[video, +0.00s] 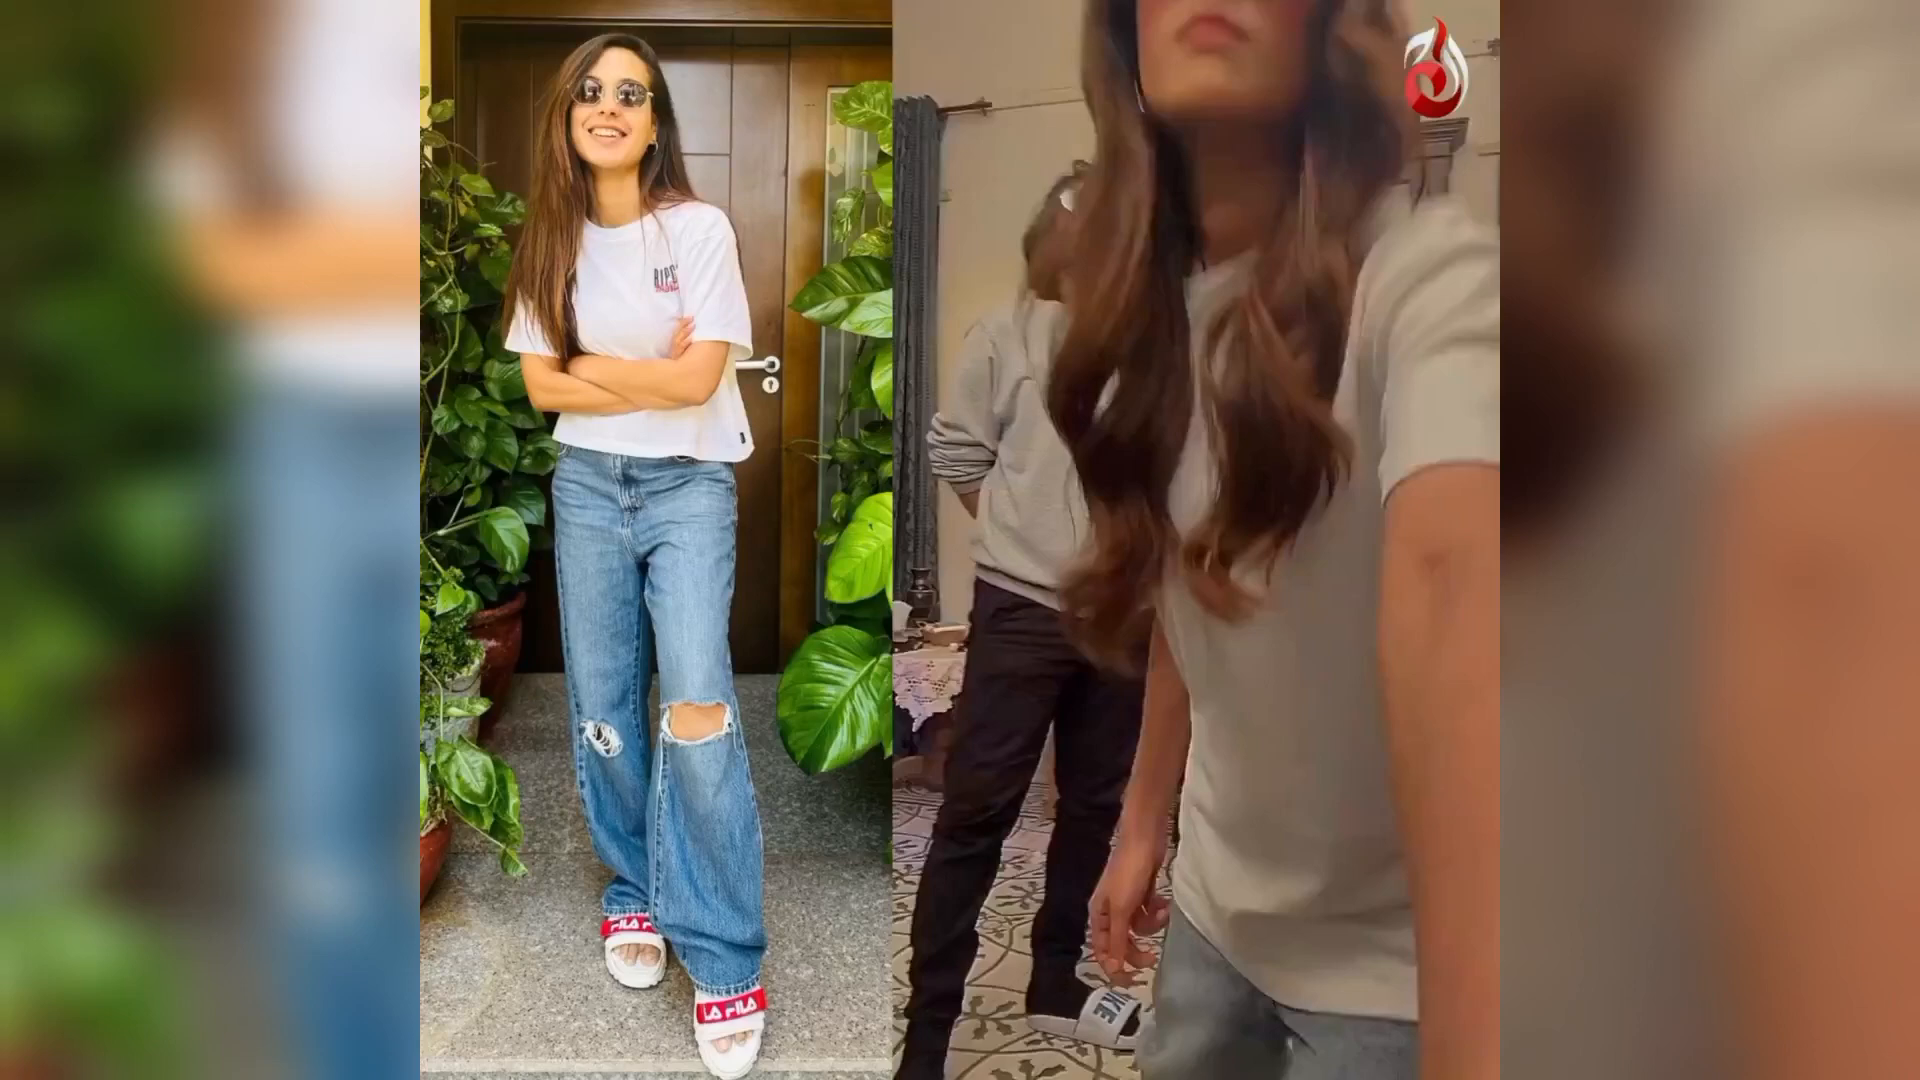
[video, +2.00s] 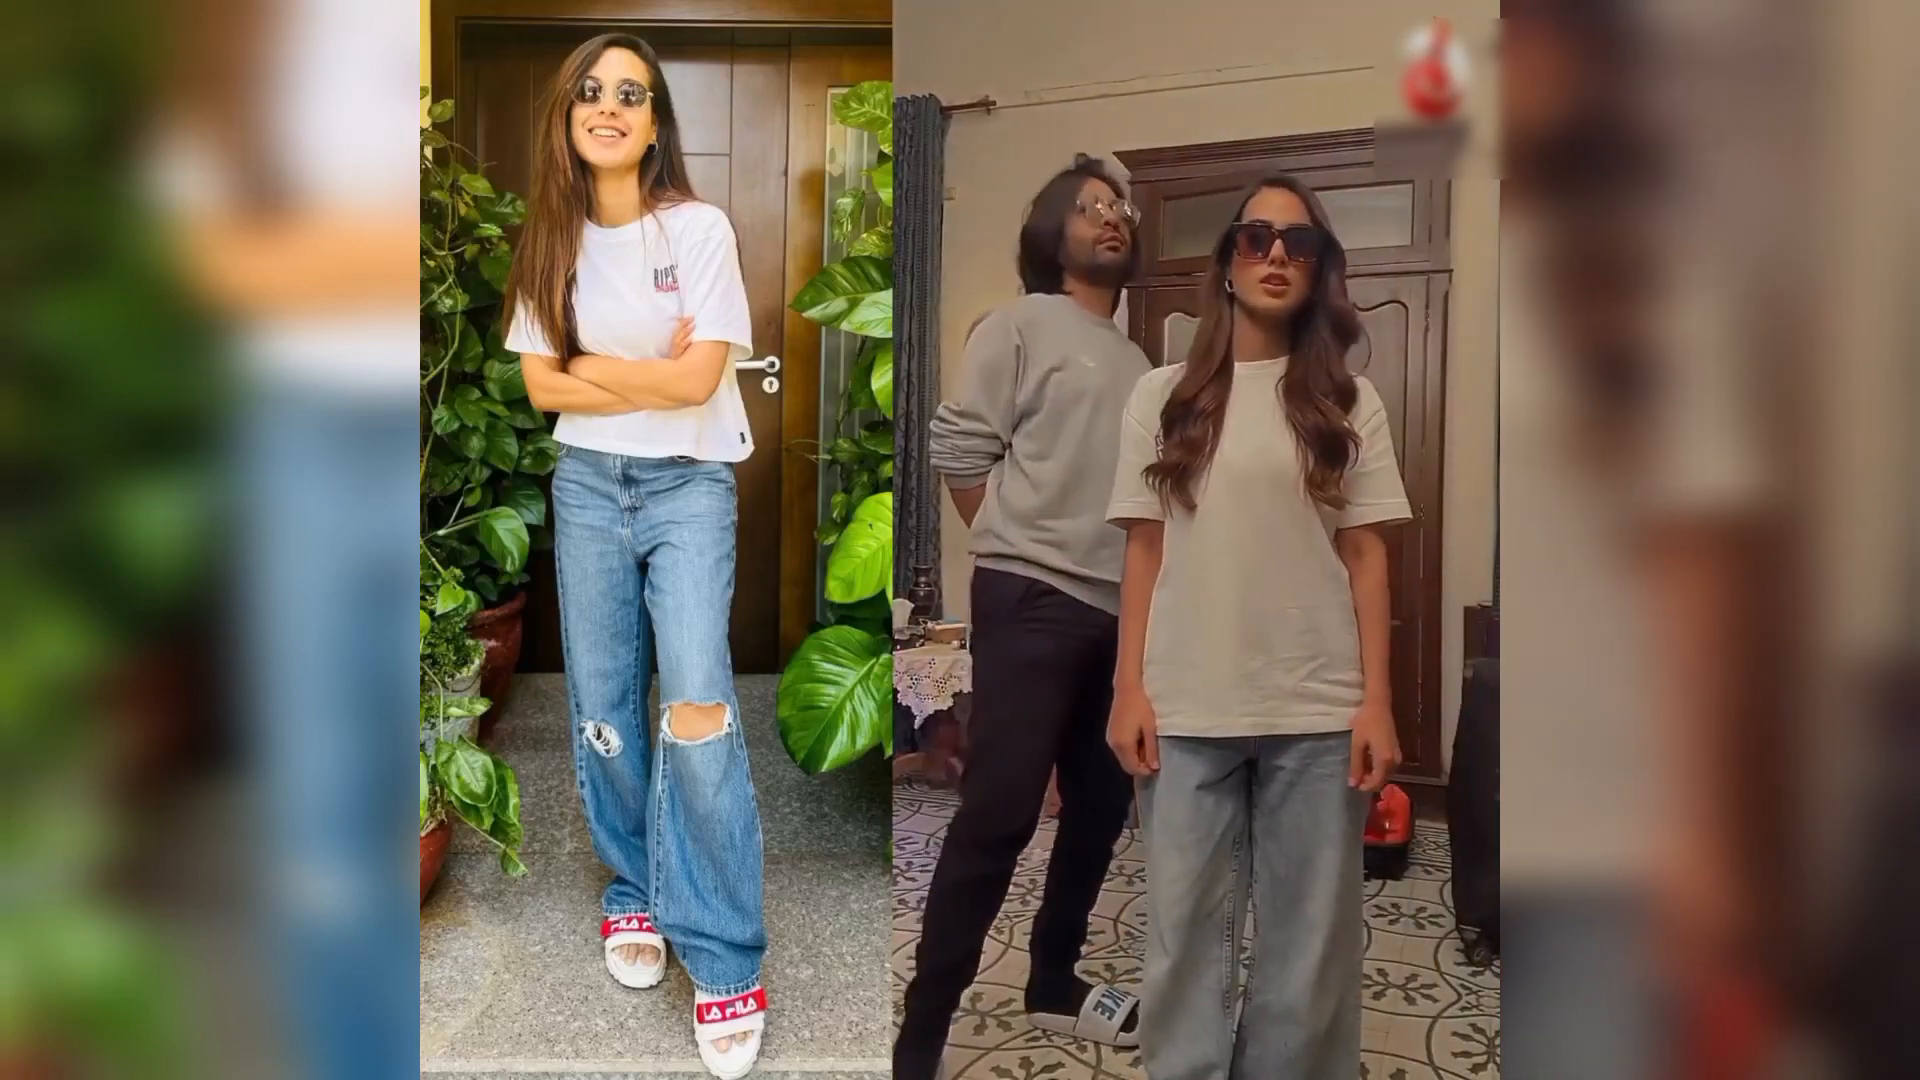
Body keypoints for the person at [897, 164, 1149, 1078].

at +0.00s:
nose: (1088, 232)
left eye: (1104, 216)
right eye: (1074, 212)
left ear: (1134, 240)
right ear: (1044, 233)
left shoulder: (1166, 344)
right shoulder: (1010, 333)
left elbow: (1186, 478)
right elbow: (957, 455)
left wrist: (1115, 534)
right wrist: (1023, 526)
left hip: (1124, 616)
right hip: (1017, 606)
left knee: (1092, 808)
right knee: (975, 812)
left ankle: (1057, 986)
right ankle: (929, 1030)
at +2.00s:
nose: (1114, 218)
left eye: (1122, 207)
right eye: (1091, 206)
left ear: (1134, 239)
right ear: (1050, 233)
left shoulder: (1139, 361)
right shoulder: (1015, 326)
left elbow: (1148, 491)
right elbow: (962, 462)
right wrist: (1010, 556)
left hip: (1119, 604)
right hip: (1026, 595)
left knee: (1100, 805)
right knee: (1000, 810)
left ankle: (1054, 985)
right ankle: (925, 1030)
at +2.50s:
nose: (1100, 186)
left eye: (1096, 170)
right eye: (1073, 168)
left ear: (1088, 192)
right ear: (1009, 192)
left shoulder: (1106, 329)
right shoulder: (955, 333)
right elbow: (908, 516)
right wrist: (951, 591)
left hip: (1107, 620)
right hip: (1002, 622)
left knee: (1092, 816)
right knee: (1011, 866)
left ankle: (1055, 986)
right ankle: (914, 1064)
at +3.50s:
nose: (1109, 219)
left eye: (1125, 213)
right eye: (1093, 208)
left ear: (1143, 245)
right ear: (1060, 236)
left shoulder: (1165, 359)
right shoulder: (1010, 332)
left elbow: (1181, 489)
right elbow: (958, 456)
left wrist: (1134, 560)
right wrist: (1021, 543)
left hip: (1130, 616)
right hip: (1024, 606)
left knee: (1104, 809)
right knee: (992, 817)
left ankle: (1055, 982)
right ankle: (941, 1055)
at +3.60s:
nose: (1108, 218)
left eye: (1124, 210)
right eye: (1091, 207)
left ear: (1141, 242)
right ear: (1058, 234)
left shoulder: (1163, 356)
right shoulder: (1010, 330)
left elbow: (1177, 484)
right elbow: (957, 453)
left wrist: (1143, 566)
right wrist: (1010, 548)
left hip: (1128, 618)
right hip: (1021, 608)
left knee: (1103, 808)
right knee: (990, 818)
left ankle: (1055, 980)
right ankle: (943, 1053)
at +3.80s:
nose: (1097, 228)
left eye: (1111, 218)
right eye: (1078, 216)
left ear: (1129, 246)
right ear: (1042, 241)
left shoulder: (1155, 361)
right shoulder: (1003, 346)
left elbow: (1173, 492)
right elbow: (956, 474)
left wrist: (1136, 571)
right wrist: (1016, 561)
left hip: (1129, 623)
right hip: (1023, 614)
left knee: (1112, 816)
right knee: (989, 825)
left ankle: (1055, 980)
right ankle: (945, 1054)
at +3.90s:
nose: (1100, 221)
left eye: (1113, 213)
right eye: (1080, 210)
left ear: (1131, 244)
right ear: (1045, 238)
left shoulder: (1160, 356)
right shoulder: (1007, 341)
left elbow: (1177, 484)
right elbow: (957, 465)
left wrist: (1145, 568)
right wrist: (1017, 555)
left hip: (1132, 618)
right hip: (1027, 611)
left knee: (1109, 812)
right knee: (991, 822)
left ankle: (1056, 982)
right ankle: (941, 1054)